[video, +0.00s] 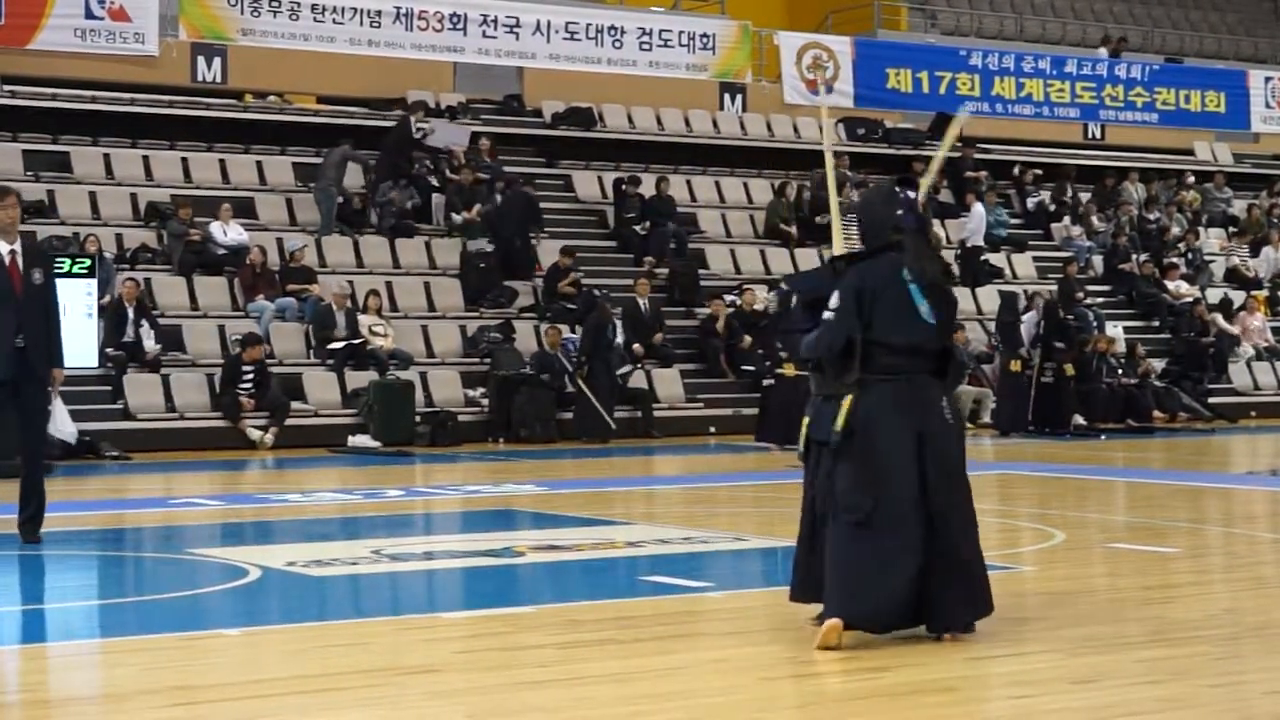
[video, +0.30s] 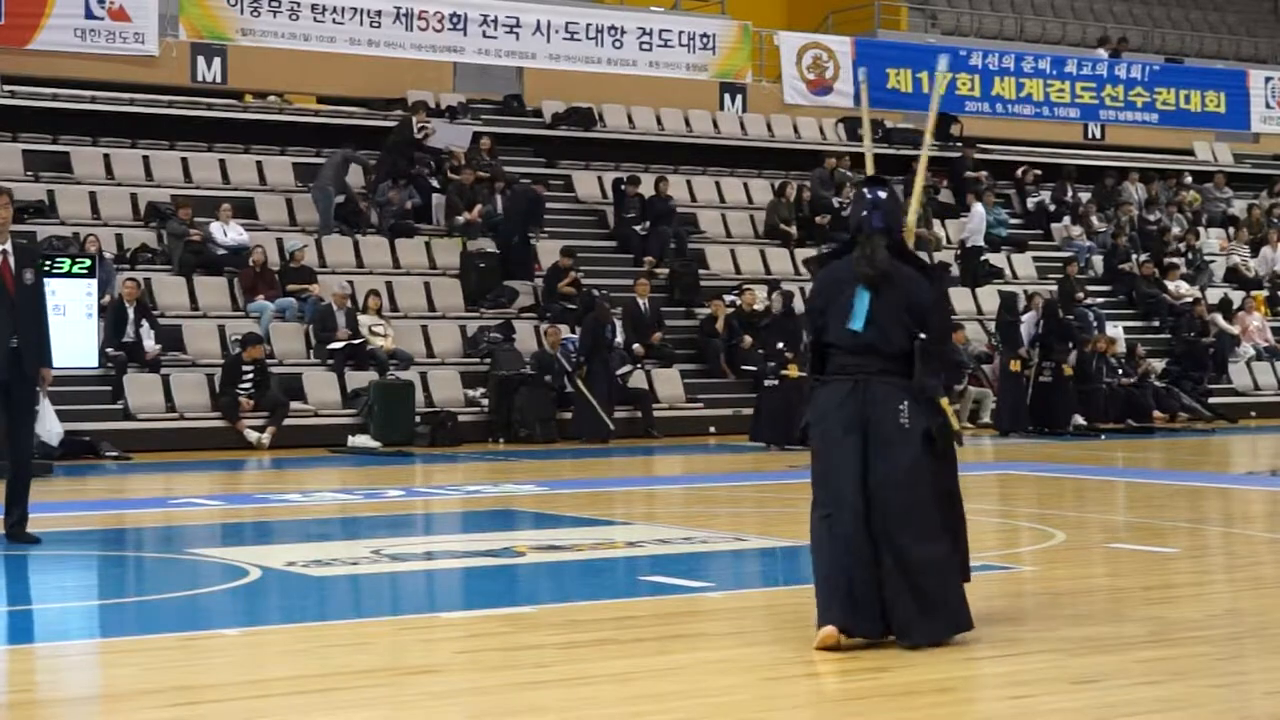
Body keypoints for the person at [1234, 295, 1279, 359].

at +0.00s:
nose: (1251, 305)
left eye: (1253, 303)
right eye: (1249, 303)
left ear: (1257, 304)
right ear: (1246, 305)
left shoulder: (1261, 316)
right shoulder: (1242, 315)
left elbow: (1266, 331)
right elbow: (1237, 329)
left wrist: (1272, 342)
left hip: (1261, 342)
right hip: (1248, 342)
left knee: (1276, 350)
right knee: (1260, 352)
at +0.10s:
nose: (1251, 305)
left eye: (1253, 303)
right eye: (1248, 303)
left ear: (1257, 304)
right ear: (1246, 305)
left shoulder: (1261, 316)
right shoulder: (1242, 315)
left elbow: (1266, 331)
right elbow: (1238, 329)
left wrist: (1272, 342)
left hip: (1261, 342)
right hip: (1248, 342)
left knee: (1276, 350)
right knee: (1260, 352)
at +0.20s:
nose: (1251, 305)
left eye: (1252, 302)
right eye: (1248, 303)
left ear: (1255, 303)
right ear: (1245, 305)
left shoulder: (1259, 315)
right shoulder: (1241, 315)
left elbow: (1266, 330)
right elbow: (1238, 331)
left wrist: (1273, 343)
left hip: (1262, 342)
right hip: (1249, 343)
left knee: (1276, 351)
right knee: (1260, 352)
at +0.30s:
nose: (1250, 305)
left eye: (1251, 302)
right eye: (1247, 303)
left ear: (1255, 304)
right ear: (1244, 305)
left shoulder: (1258, 315)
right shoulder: (1240, 316)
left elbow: (1266, 329)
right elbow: (1238, 332)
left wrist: (1272, 342)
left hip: (1262, 341)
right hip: (1249, 343)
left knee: (1276, 351)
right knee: (1260, 352)